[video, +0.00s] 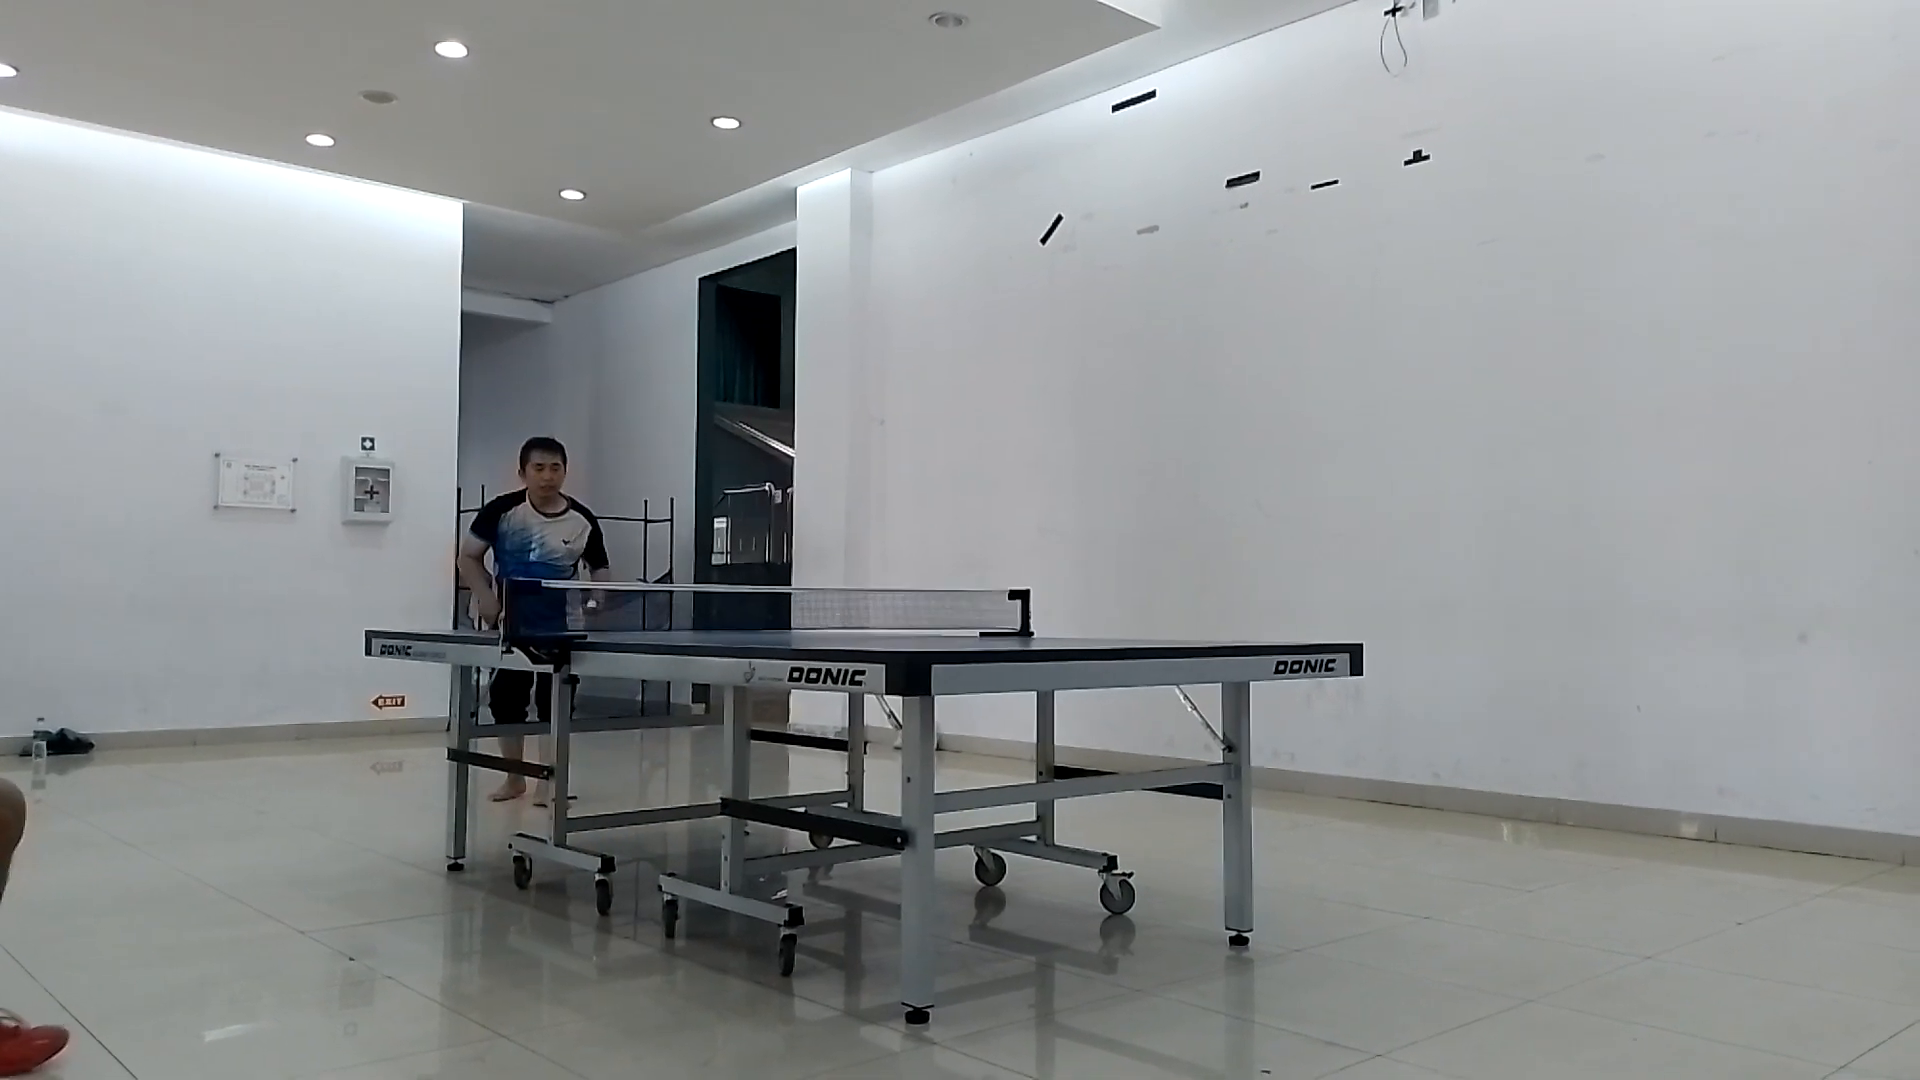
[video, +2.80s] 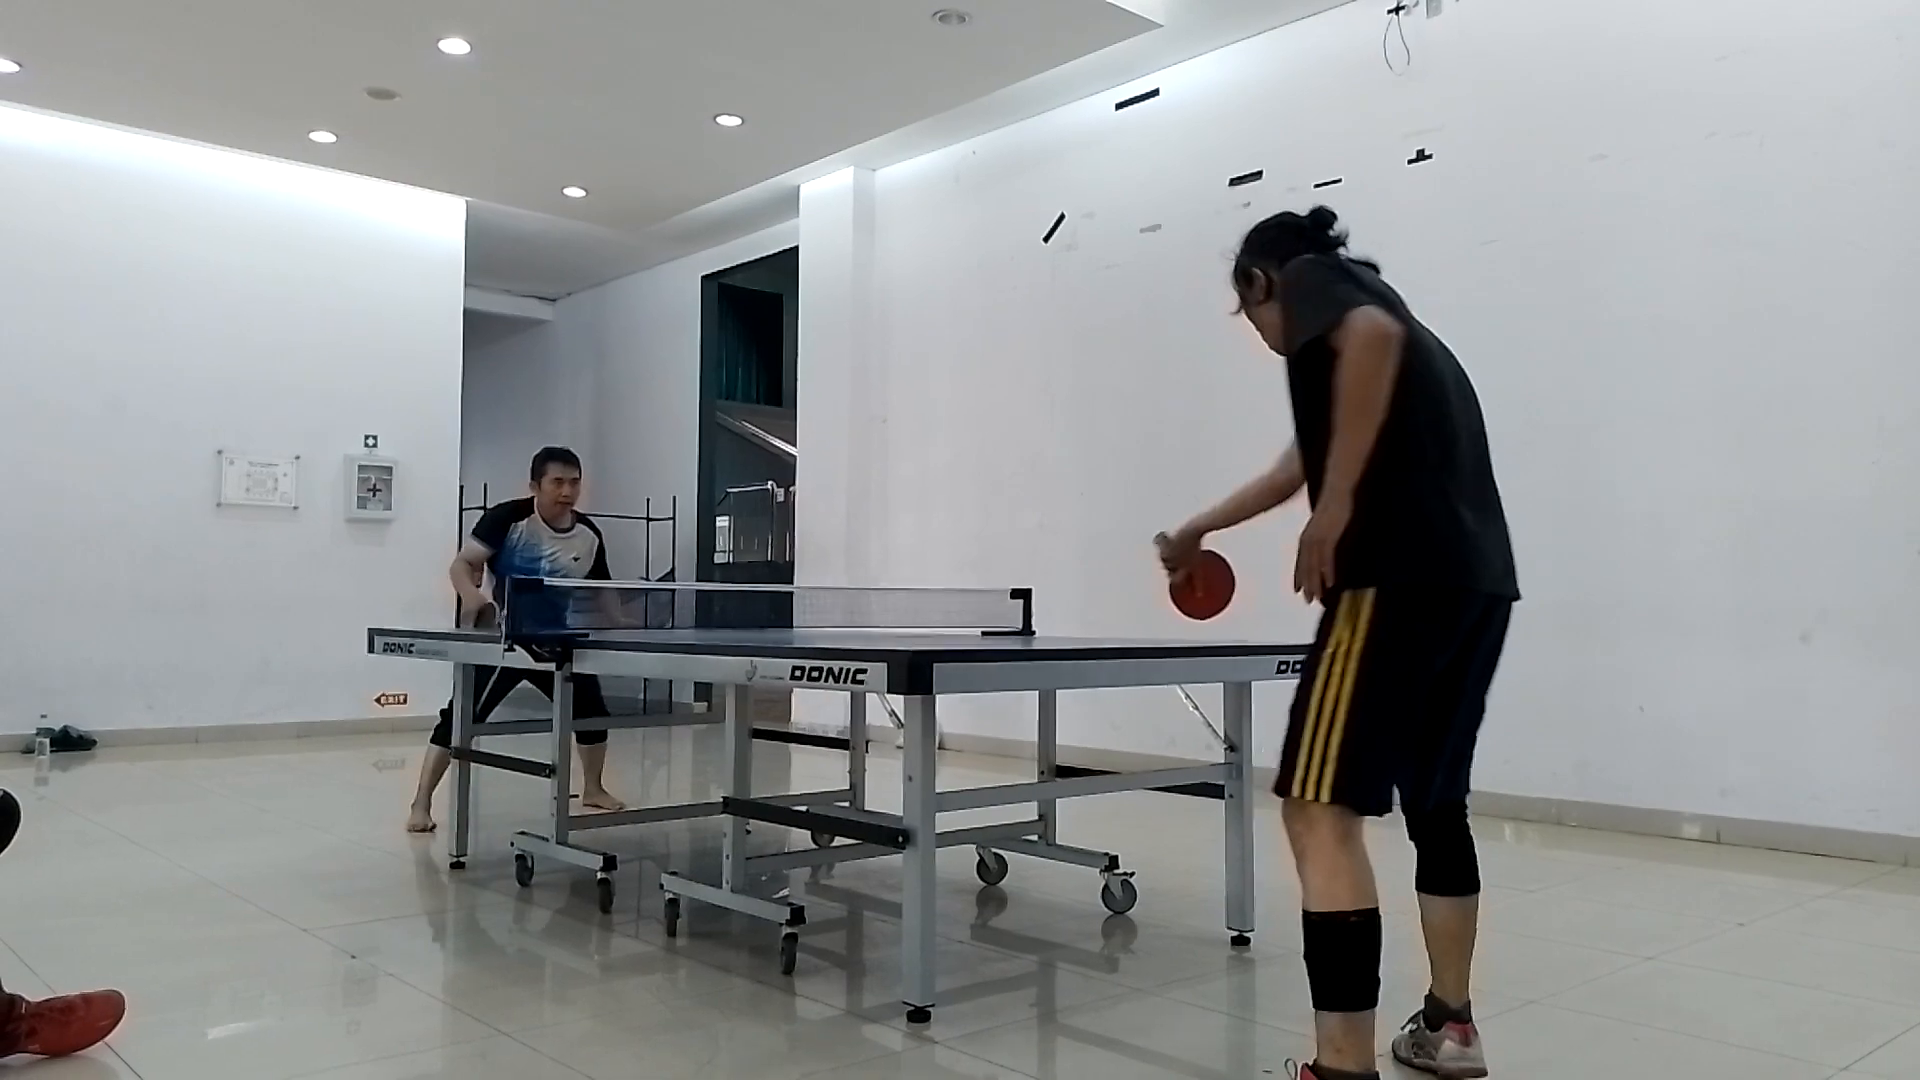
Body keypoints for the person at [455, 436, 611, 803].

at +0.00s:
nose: (548, 476)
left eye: (555, 468)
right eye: (539, 468)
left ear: (565, 471)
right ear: (523, 472)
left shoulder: (582, 519)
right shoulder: (500, 510)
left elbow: (602, 575)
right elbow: (468, 558)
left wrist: (599, 605)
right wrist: (485, 597)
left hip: (561, 626)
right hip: (513, 624)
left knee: (554, 705)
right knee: (504, 698)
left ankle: (551, 783)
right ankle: (515, 777)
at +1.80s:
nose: (583, 510)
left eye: (589, 501)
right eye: (574, 501)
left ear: (596, 500)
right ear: (552, 500)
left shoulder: (606, 540)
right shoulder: (528, 525)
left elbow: (628, 587)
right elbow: (487, 563)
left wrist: (641, 574)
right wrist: (531, 561)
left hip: (575, 649)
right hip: (524, 648)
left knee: (609, 718)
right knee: (495, 724)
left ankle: (593, 794)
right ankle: (468, 799)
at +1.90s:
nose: (582, 504)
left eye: (586, 495)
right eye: (572, 496)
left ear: (592, 493)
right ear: (548, 495)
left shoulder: (596, 532)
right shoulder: (523, 520)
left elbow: (622, 578)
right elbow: (508, 562)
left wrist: (646, 573)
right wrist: (568, 547)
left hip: (572, 645)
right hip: (521, 645)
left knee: (605, 714)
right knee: (496, 725)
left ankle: (592, 792)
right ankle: (467, 798)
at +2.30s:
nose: (576, 502)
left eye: (583, 493)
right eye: (567, 493)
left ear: (589, 492)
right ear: (546, 491)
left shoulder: (591, 537)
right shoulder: (522, 512)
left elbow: (610, 595)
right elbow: (500, 538)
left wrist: (638, 617)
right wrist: (522, 556)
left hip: (568, 644)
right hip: (518, 642)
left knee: (600, 713)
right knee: (493, 723)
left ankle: (591, 792)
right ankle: (465, 797)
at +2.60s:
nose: (581, 492)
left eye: (588, 484)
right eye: (572, 483)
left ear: (595, 486)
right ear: (551, 484)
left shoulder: (602, 534)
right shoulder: (523, 513)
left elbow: (606, 595)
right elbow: (474, 550)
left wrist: (616, 625)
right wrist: (472, 576)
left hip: (573, 642)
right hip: (520, 638)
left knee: (600, 711)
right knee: (483, 717)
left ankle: (593, 791)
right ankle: (458, 793)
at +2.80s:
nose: (567, 491)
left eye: (574, 483)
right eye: (558, 482)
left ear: (581, 486)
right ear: (536, 485)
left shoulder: (589, 536)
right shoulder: (506, 519)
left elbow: (601, 592)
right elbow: (461, 565)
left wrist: (619, 622)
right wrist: (471, 594)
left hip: (555, 647)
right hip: (500, 644)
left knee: (593, 712)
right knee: (459, 716)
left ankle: (593, 790)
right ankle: (421, 801)